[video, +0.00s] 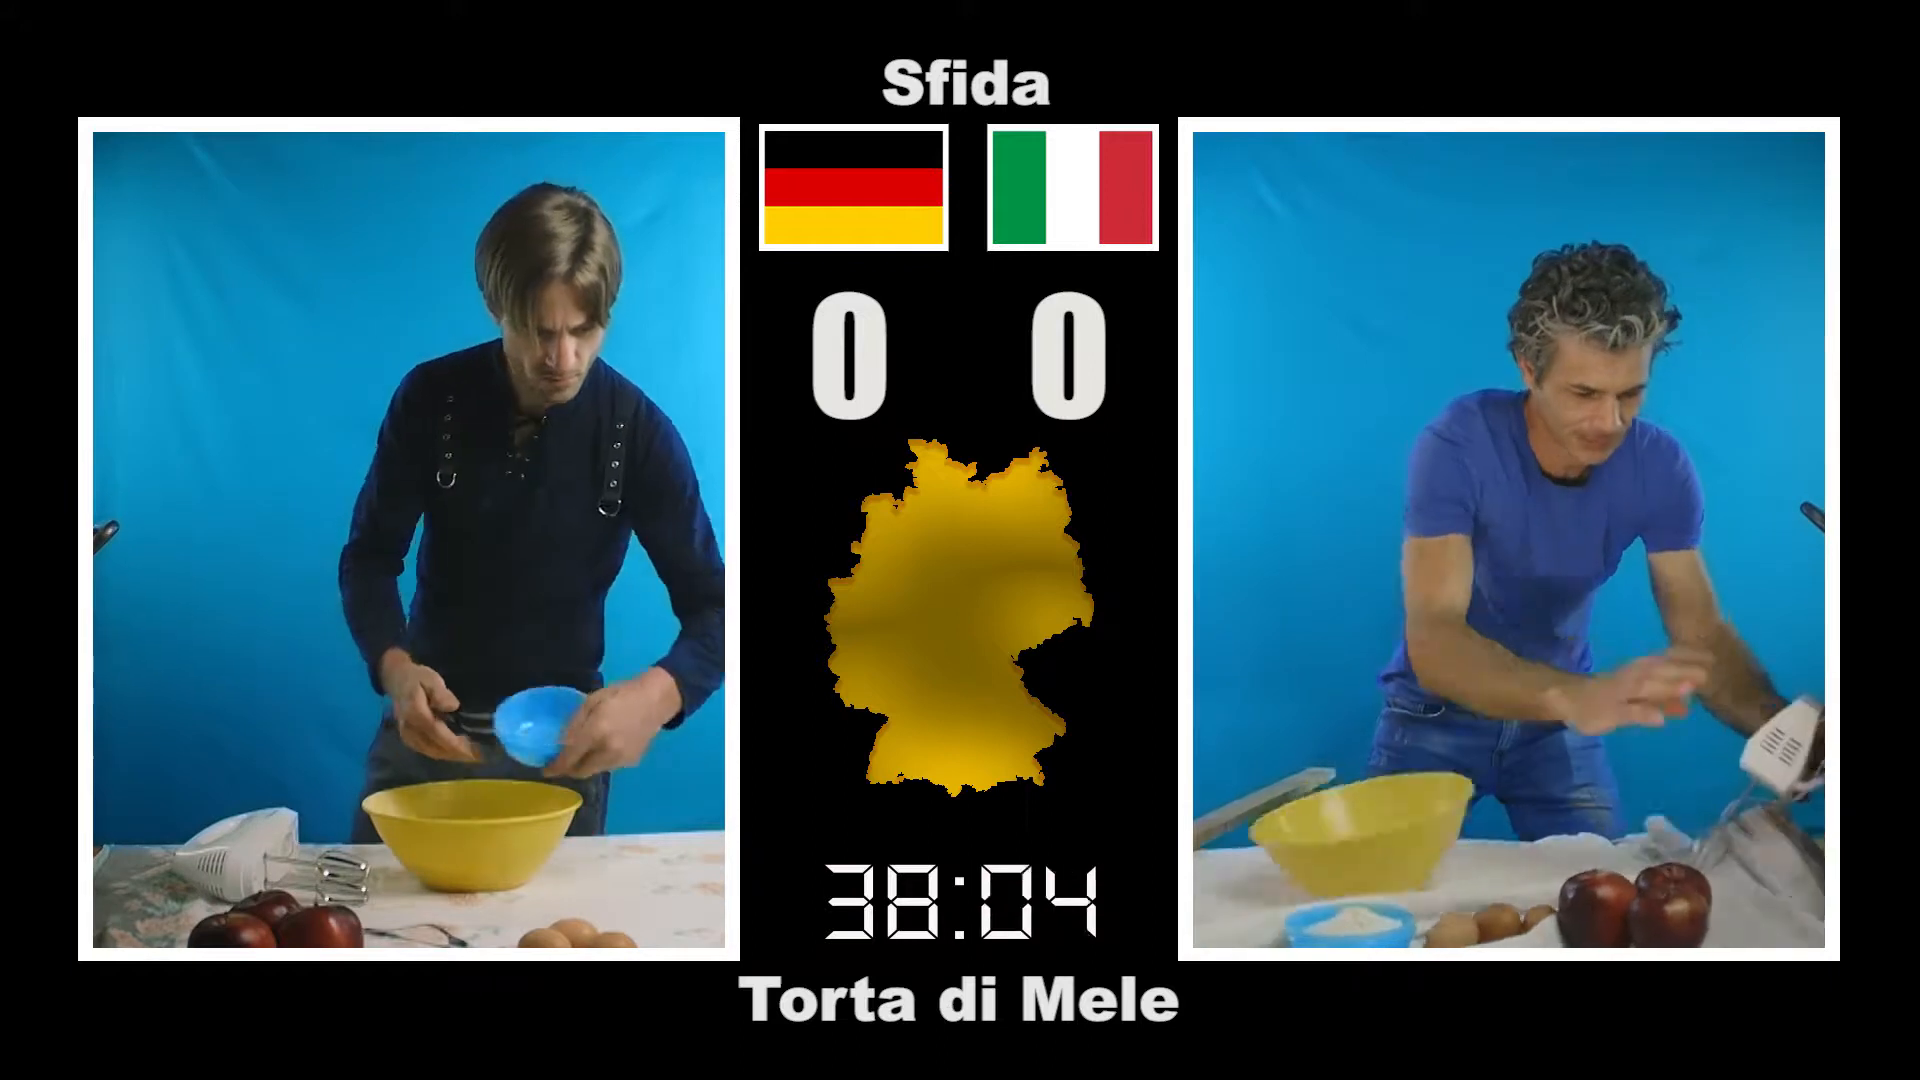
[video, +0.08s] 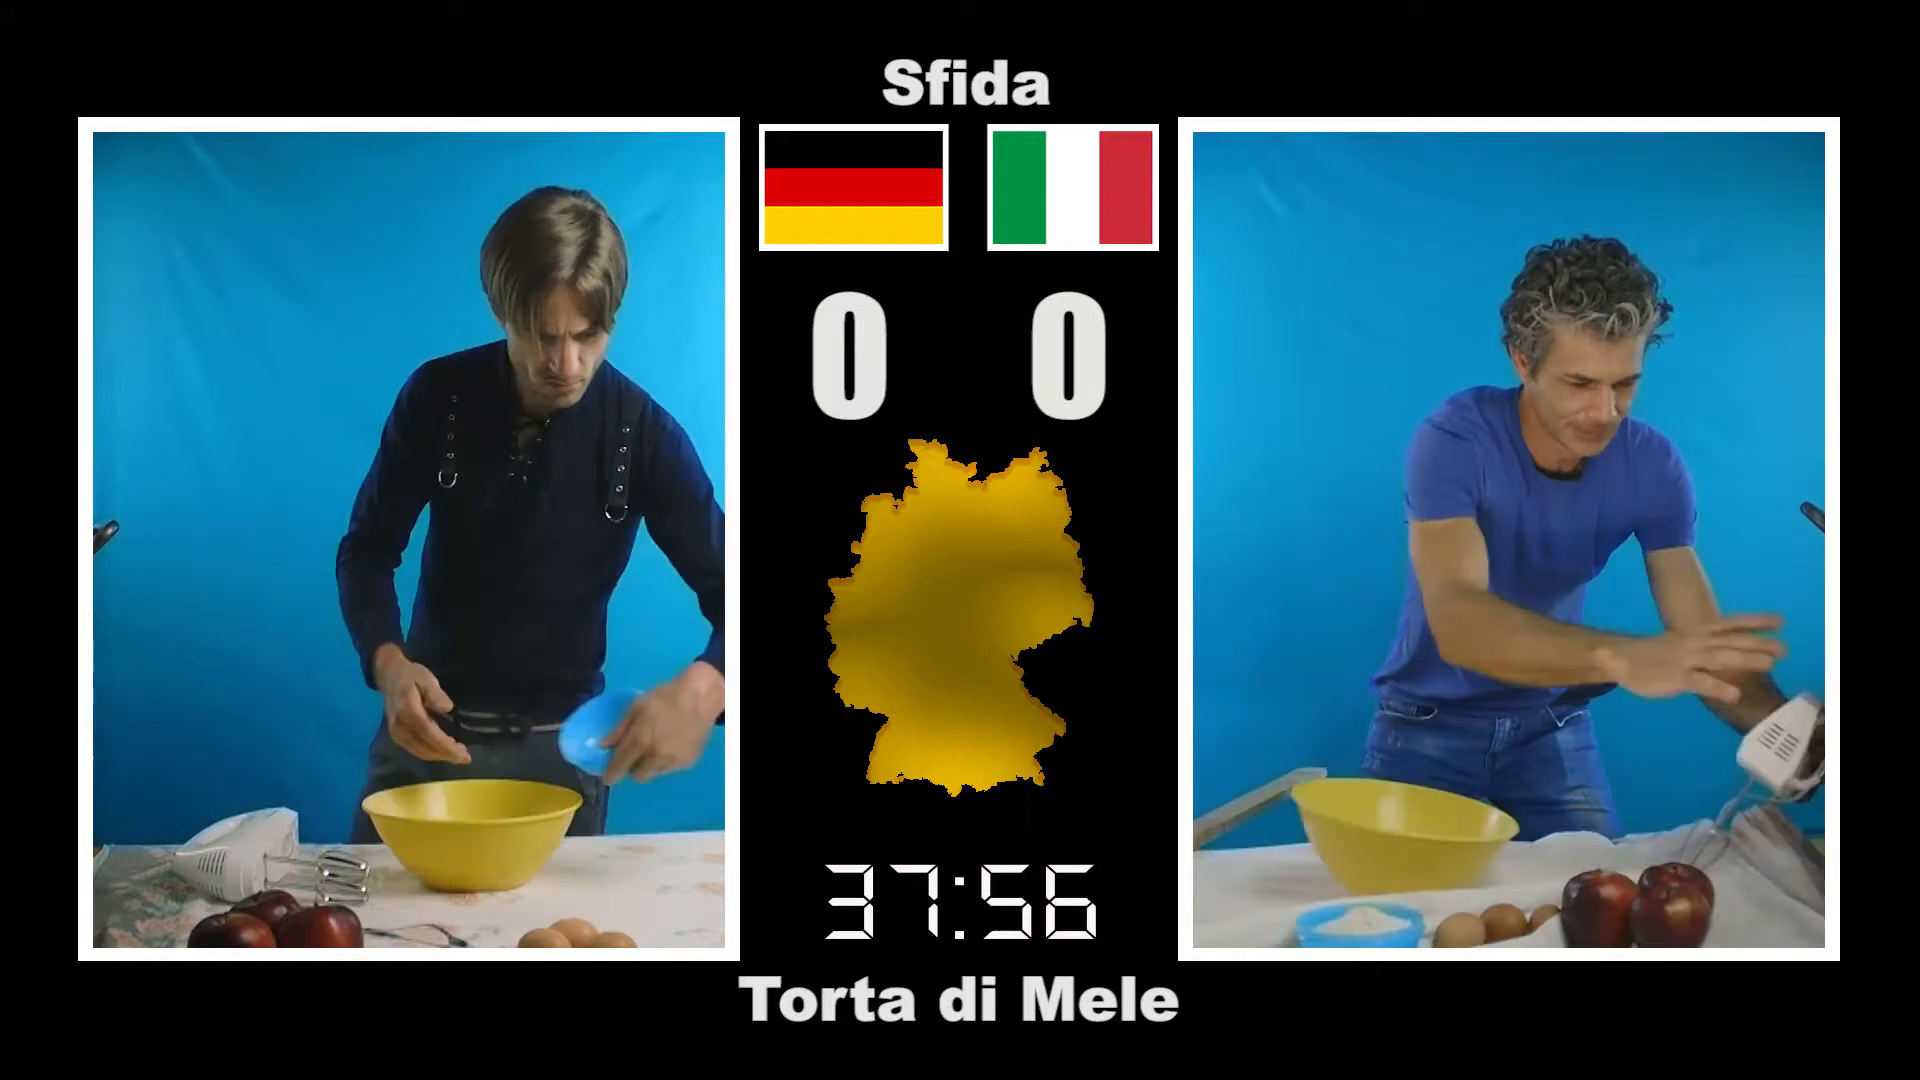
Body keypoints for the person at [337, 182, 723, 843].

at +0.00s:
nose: (561, 358)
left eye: (582, 330)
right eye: (539, 332)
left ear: (606, 312)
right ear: (499, 308)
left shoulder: (635, 431)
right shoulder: (430, 400)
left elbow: (712, 608)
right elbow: (370, 558)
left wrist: (658, 695)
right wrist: (395, 666)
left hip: (559, 748)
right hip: (425, 736)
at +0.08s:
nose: (563, 364)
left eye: (585, 336)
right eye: (541, 336)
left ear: (611, 315)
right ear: (503, 312)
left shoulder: (641, 433)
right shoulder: (438, 398)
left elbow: (730, 599)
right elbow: (366, 551)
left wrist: (702, 690)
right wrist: (390, 667)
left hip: (559, 749)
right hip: (425, 741)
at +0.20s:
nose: (463, 310)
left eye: (466, 289)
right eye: (441, 291)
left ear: (471, 283)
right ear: (372, 297)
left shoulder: (507, 414)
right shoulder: (310, 420)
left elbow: (552, 554)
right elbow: (282, 588)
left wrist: (541, 630)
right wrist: (364, 617)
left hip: (493, 744)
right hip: (361, 752)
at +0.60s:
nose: (527, 316)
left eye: (548, 291)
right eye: (507, 291)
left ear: (577, 285)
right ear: (476, 282)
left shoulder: (615, 418)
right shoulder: (417, 405)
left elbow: (643, 583)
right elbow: (367, 546)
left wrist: (574, 642)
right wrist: (380, 609)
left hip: (559, 746)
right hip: (425, 737)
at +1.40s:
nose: (471, 304)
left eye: (479, 284)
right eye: (447, 284)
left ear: (488, 284)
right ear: (385, 288)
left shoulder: (514, 419)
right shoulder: (318, 417)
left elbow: (559, 563)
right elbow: (284, 584)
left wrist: (537, 662)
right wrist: (363, 672)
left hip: (488, 751)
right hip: (355, 755)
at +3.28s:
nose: (451, 348)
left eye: (470, 326)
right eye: (431, 326)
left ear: (492, 316)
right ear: (398, 312)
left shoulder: (539, 426)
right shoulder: (345, 429)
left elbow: (565, 558)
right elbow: (328, 566)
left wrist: (512, 679)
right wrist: (363, 692)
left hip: (515, 738)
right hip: (385, 741)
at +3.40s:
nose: (450, 308)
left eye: (449, 286)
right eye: (428, 292)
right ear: (354, 306)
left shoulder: (474, 405)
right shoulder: (277, 416)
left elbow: (517, 552)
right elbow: (216, 554)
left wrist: (550, 688)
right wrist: (225, 604)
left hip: (457, 742)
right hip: (326, 750)